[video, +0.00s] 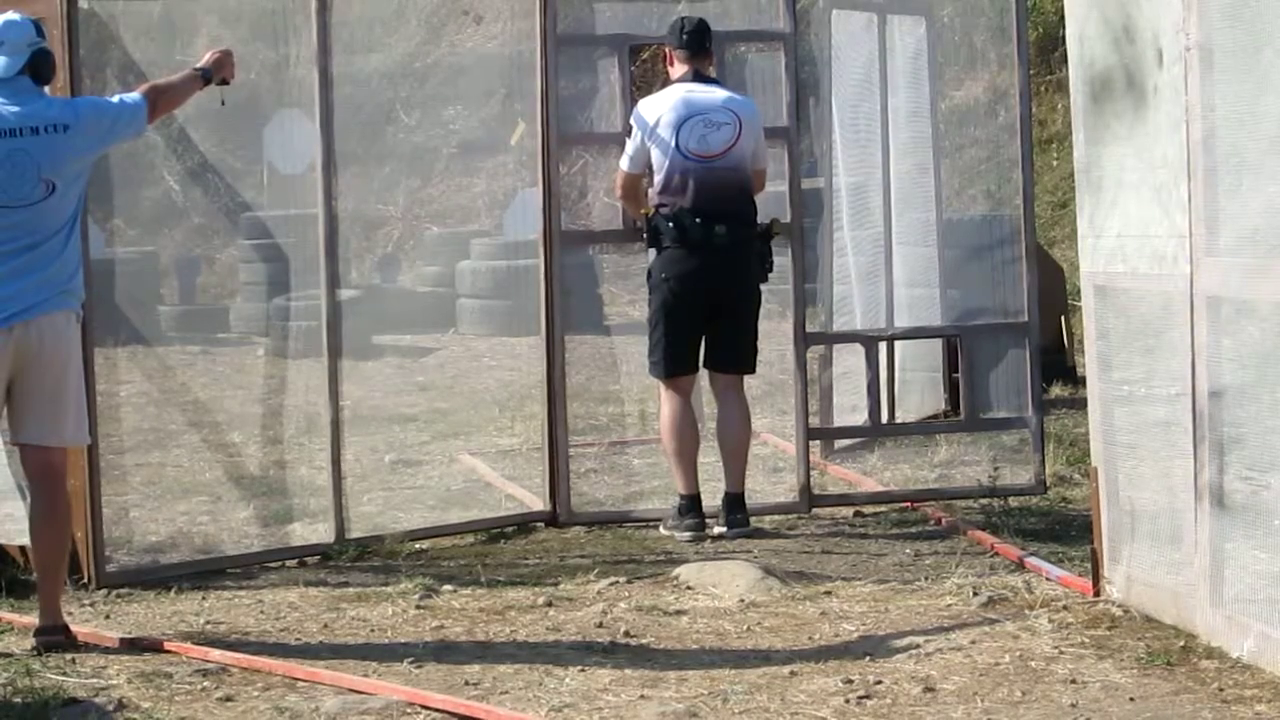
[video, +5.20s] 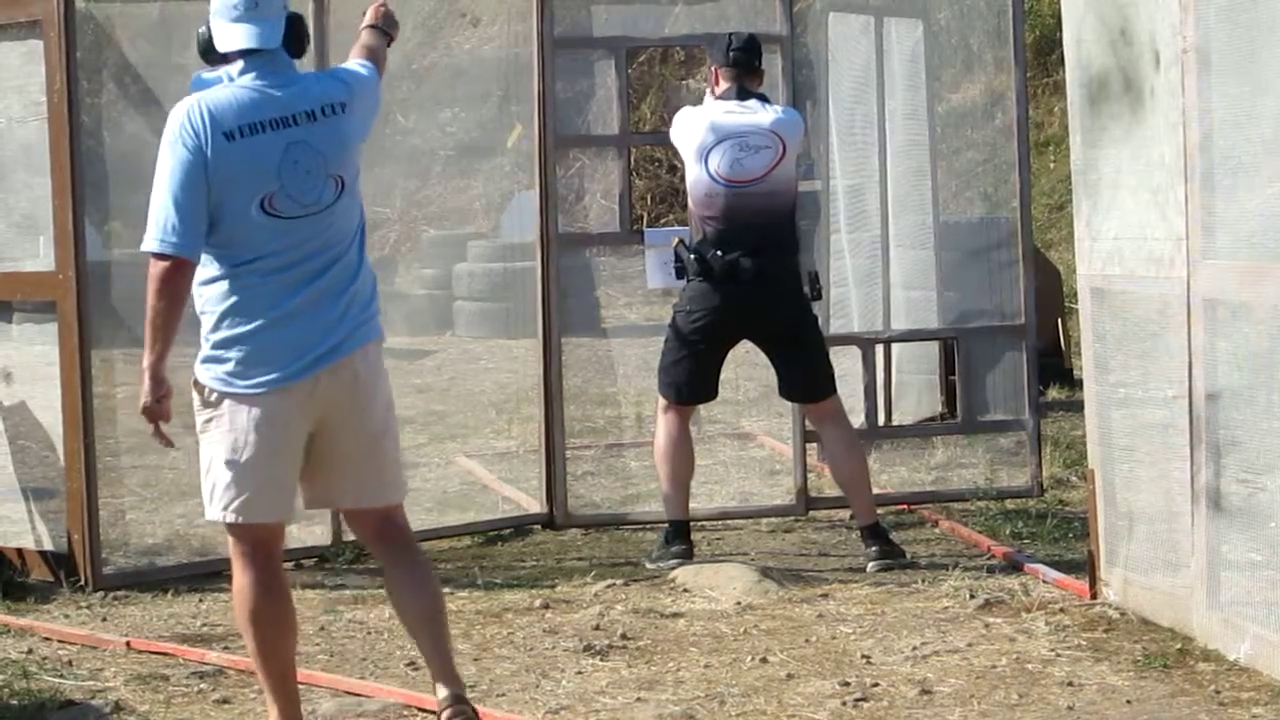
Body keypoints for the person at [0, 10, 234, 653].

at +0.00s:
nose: (51, 68)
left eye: (44, 59)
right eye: (48, 61)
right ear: (41, 65)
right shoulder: (63, 120)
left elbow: (147, 103)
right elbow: (149, 102)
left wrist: (196, 76)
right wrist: (204, 72)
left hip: (16, 315)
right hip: (41, 314)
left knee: (46, 471)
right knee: (47, 470)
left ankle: (49, 617)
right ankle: (50, 620)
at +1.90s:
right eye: (99, 51)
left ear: (27, 56)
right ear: (93, 52)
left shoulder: (6, 120)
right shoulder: (131, 108)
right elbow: (206, 92)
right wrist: (244, 64)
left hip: (34, 333)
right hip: (128, 324)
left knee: (23, 483)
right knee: (126, 504)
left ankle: (34, 636)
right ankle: (128, 677)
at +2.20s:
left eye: (42, 57)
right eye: (113, 53)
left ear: (40, 58)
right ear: (110, 53)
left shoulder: (14, 127)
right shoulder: (148, 110)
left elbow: (4, 248)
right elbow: (222, 90)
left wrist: (21, 302)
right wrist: (257, 59)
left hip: (59, 350)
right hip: (149, 337)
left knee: (82, 520)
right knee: (140, 511)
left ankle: (127, 675)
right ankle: (130, 673)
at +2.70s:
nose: (65, 52)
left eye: (68, 43)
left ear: (73, 51)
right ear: (146, 47)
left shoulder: (49, 120)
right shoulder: (191, 104)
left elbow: (17, 255)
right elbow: (250, 86)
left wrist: (6, 353)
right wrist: (277, 54)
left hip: (101, 352)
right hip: (195, 335)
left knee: (114, 535)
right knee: (192, 495)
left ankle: (142, 703)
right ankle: (225, 653)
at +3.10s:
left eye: (148, 55)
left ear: (147, 57)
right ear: (223, 50)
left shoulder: (130, 125)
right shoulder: (268, 107)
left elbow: (101, 262)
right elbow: (308, 79)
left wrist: (84, 364)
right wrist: (323, 45)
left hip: (168, 356)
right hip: (268, 344)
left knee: (149, 537)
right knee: (293, 532)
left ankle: (144, 704)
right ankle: (329, 702)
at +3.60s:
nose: (222, 59)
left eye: (225, 46)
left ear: (222, 47)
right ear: (296, 39)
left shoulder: (206, 111)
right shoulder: (341, 100)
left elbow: (176, 245)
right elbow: (368, 80)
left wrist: (153, 345)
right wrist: (378, 49)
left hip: (238, 349)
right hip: (338, 337)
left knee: (218, 523)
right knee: (329, 528)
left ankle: (250, 696)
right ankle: (338, 703)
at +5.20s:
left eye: (212, 44)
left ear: (212, 48)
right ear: (288, 38)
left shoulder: (196, 119)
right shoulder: (339, 97)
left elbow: (173, 260)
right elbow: (366, 63)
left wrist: (154, 367)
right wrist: (375, 30)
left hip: (250, 372)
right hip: (351, 353)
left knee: (257, 552)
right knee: (389, 529)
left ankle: (286, 709)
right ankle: (452, 691)